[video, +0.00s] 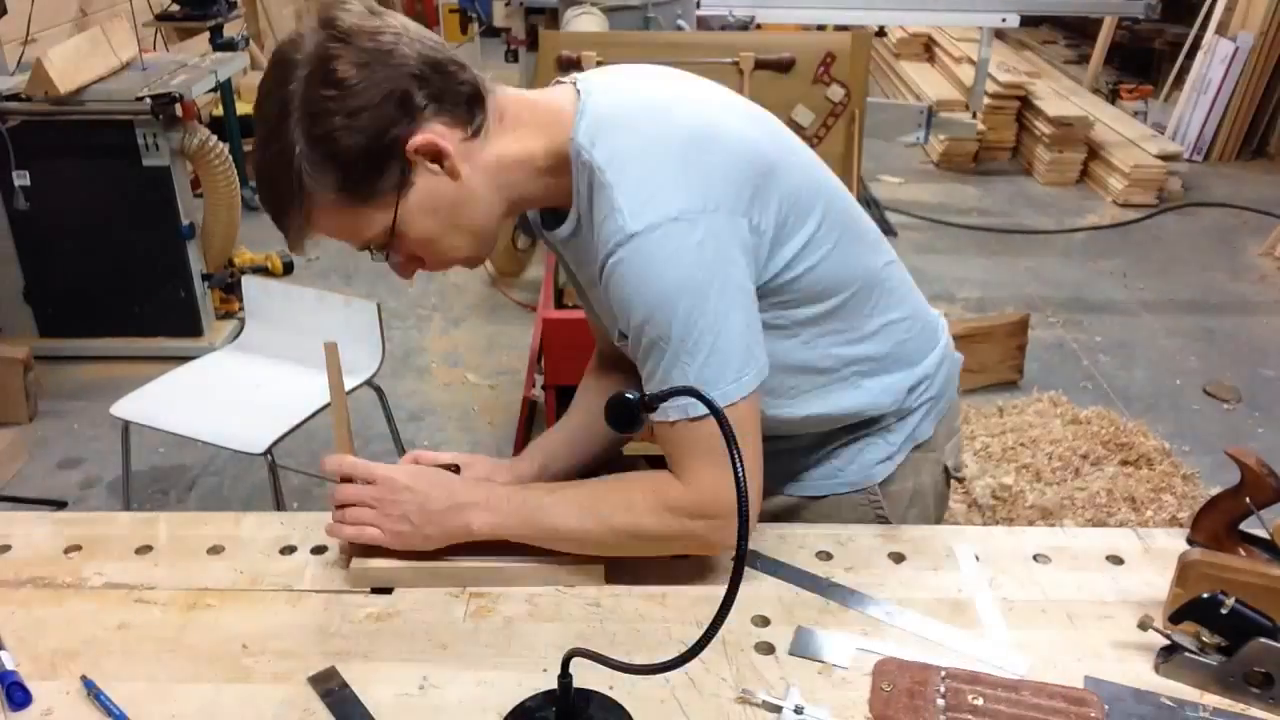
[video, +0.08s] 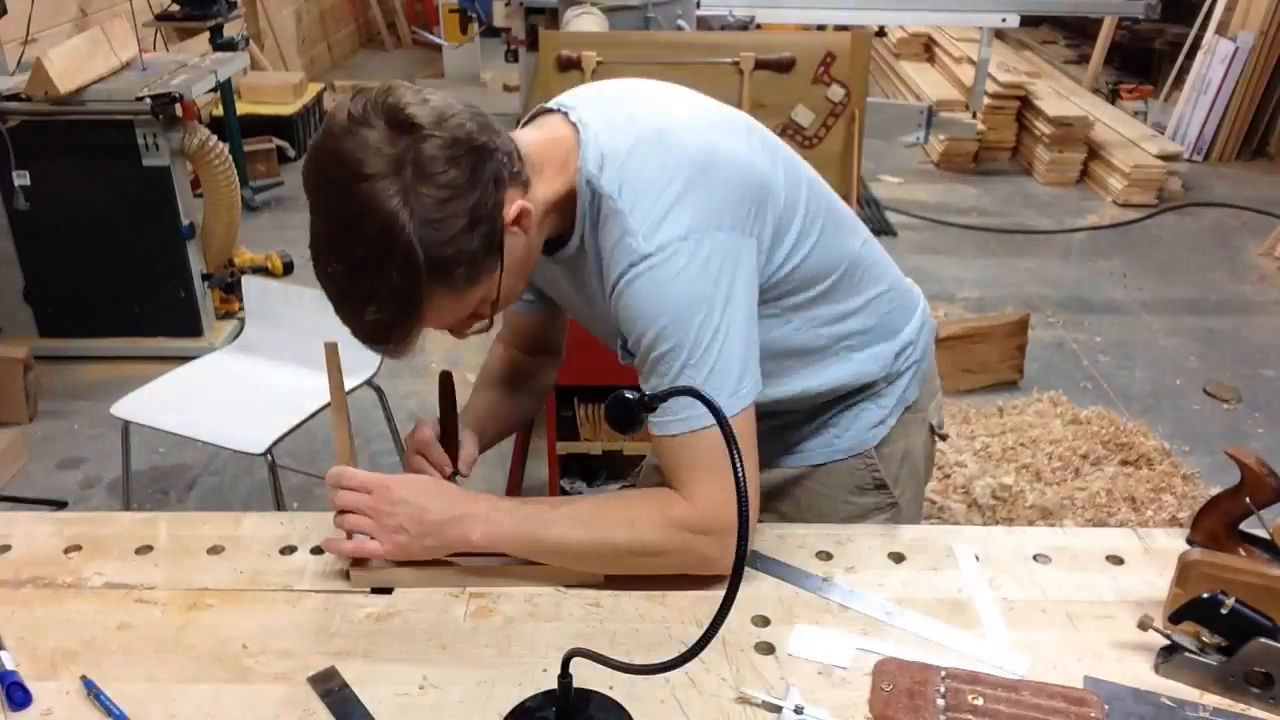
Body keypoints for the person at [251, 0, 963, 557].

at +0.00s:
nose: (405, 272)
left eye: (387, 240)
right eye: (379, 254)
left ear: (437, 156)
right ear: (443, 145)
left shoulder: (660, 218)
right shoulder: (554, 159)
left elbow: (716, 512)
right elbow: (628, 358)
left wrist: (474, 512)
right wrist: (521, 471)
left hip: (869, 440)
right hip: (754, 416)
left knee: (815, 684)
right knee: (712, 666)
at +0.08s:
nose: (465, 336)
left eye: (473, 313)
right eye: (444, 328)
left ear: (516, 218)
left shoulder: (668, 240)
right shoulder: (517, 177)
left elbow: (709, 535)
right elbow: (525, 357)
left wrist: (461, 520)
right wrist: (464, 431)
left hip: (851, 404)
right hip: (722, 395)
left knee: (802, 667)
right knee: (676, 645)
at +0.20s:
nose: (448, 164)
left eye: (459, 130)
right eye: (425, 144)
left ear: (521, 25)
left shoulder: (663, 150)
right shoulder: (535, 65)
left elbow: (712, 449)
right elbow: (553, 212)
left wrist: (469, 507)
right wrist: (467, 302)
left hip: (781, 399)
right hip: (658, 376)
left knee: (759, 653)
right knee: (644, 623)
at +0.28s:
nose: (609, 40)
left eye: (639, 10)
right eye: (577, 8)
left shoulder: (865, 60)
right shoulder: (490, 110)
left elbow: (920, 256)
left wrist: (806, 416)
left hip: (775, 518)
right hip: (582, 515)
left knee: (765, 705)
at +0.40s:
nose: (483, 3)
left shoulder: (645, 28)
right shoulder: (349, 25)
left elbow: (742, 272)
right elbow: (338, 250)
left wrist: (848, 502)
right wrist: (286, 455)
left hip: (602, 462)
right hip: (422, 460)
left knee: (603, 692)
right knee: (425, 686)